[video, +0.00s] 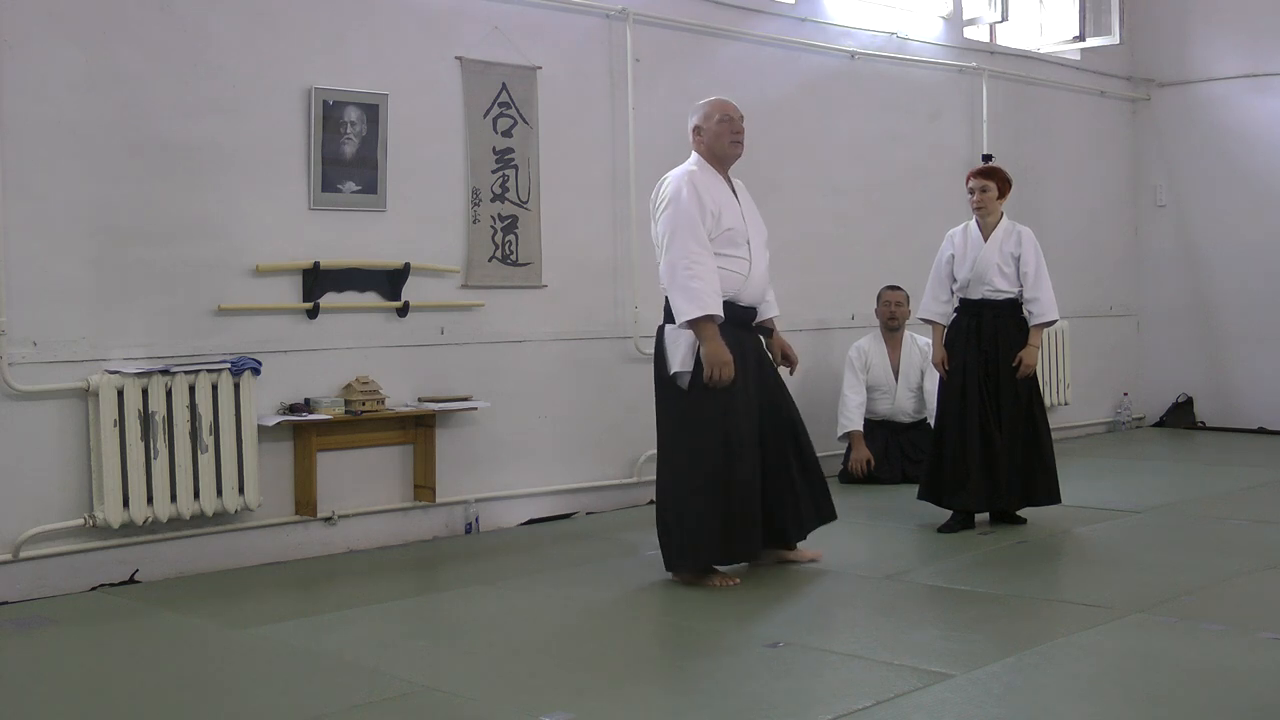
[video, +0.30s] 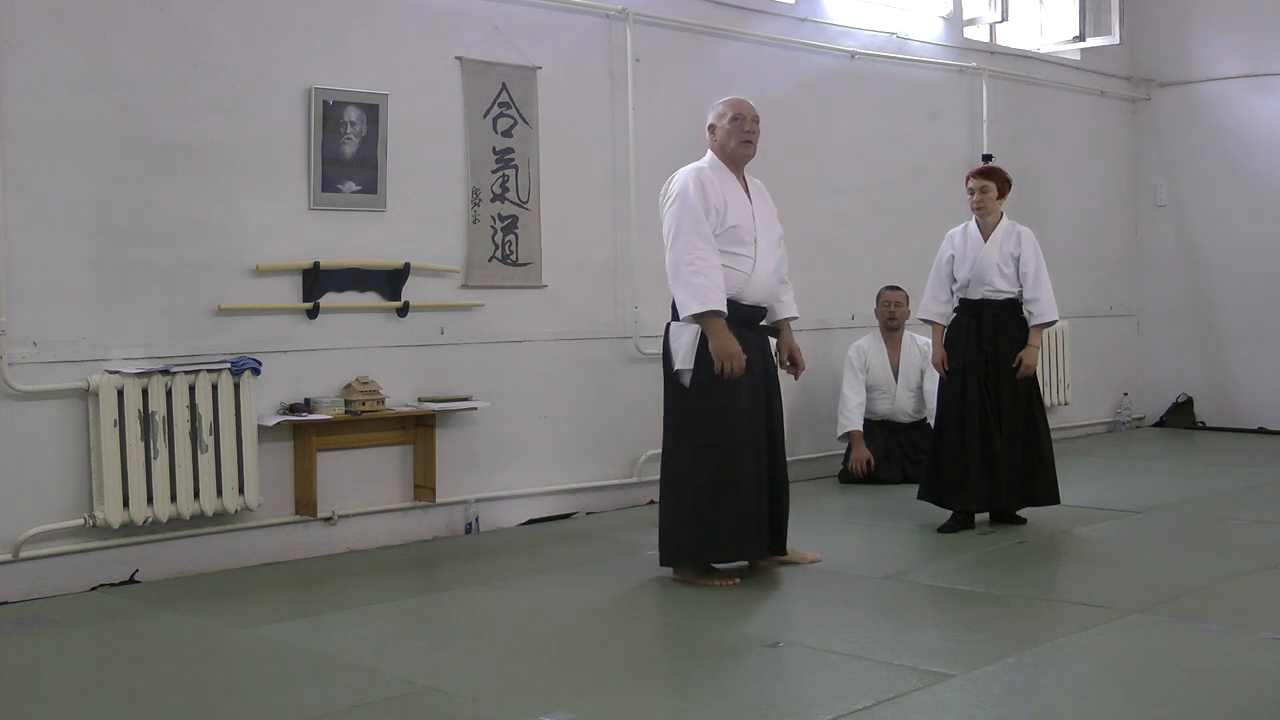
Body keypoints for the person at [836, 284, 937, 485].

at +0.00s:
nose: (892, 310)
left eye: (899, 305)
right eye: (886, 305)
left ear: (909, 313)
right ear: (876, 312)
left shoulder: (926, 348)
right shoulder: (861, 350)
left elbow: (935, 397)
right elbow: (852, 397)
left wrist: (944, 437)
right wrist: (857, 443)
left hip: (916, 431)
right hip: (874, 431)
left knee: (937, 473)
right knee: (855, 472)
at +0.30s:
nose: (892, 310)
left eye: (898, 305)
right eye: (886, 305)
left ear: (908, 313)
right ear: (876, 312)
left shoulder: (925, 348)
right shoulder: (861, 350)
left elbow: (935, 396)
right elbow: (852, 397)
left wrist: (943, 436)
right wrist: (857, 443)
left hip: (915, 430)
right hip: (874, 431)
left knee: (936, 472)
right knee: (854, 472)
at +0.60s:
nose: (891, 310)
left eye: (898, 305)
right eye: (885, 305)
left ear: (908, 313)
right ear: (875, 312)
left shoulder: (925, 348)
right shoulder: (860, 350)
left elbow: (934, 396)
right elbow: (851, 397)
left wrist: (944, 435)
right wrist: (857, 443)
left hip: (916, 431)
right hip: (874, 431)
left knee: (936, 473)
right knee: (855, 473)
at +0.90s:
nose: (891, 310)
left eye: (898, 305)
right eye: (885, 305)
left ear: (907, 313)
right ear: (875, 312)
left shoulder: (925, 348)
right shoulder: (860, 350)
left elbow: (934, 396)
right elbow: (851, 397)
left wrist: (944, 436)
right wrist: (857, 443)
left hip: (916, 430)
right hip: (874, 431)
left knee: (936, 472)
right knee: (855, 472)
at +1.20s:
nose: (890, 310)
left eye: (897, 305)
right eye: (884, 305)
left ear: (907, 313)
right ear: (875, 312)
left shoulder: (925, 348)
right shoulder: (860, 350)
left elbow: (935, 397)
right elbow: (851, 398)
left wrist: (944, 437)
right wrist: (857, 443)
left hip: (916, 430)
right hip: (874, 431)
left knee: (936, 472)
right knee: (855, 472)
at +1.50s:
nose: (890, 310)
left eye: (896, 305)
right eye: (884, 305)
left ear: (907, 313)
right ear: (875, 313)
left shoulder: (925, 349)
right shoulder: (860, 351)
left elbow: (935, 397)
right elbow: (851, 399)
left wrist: (944, 436)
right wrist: (857, 443)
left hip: (916, 430)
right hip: (874, 431)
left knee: (935, 472)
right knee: (855, 472)